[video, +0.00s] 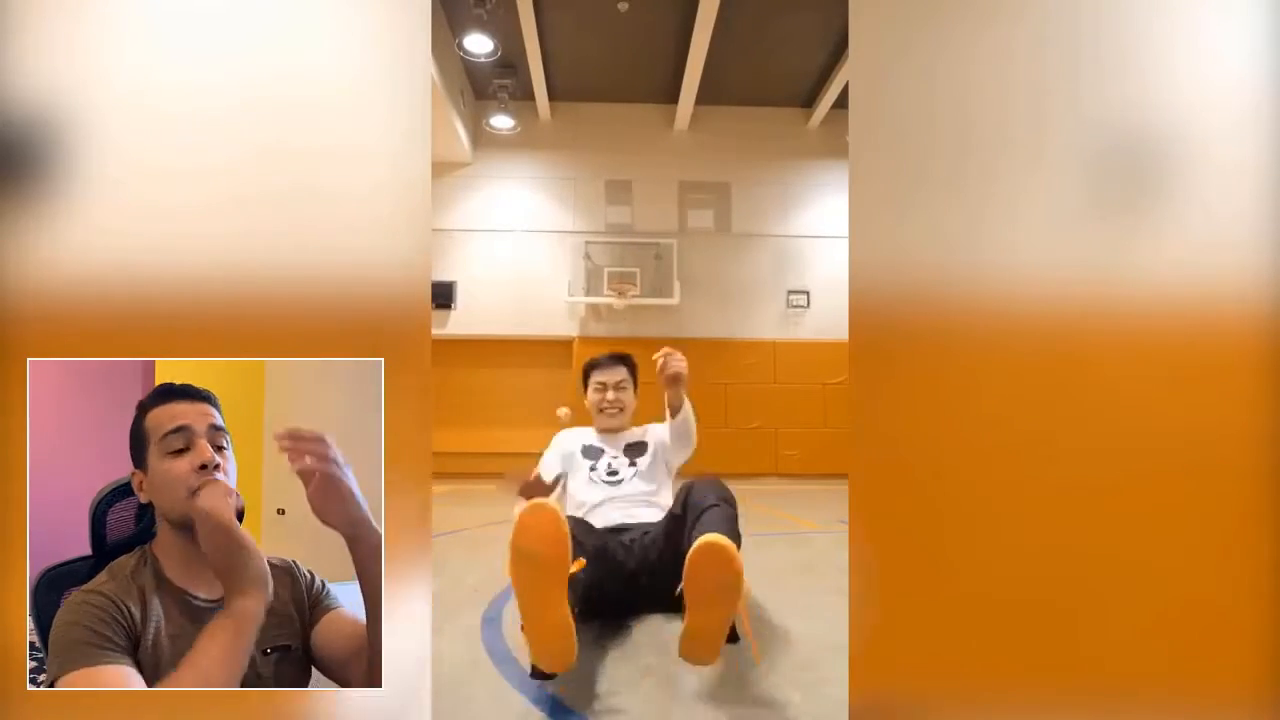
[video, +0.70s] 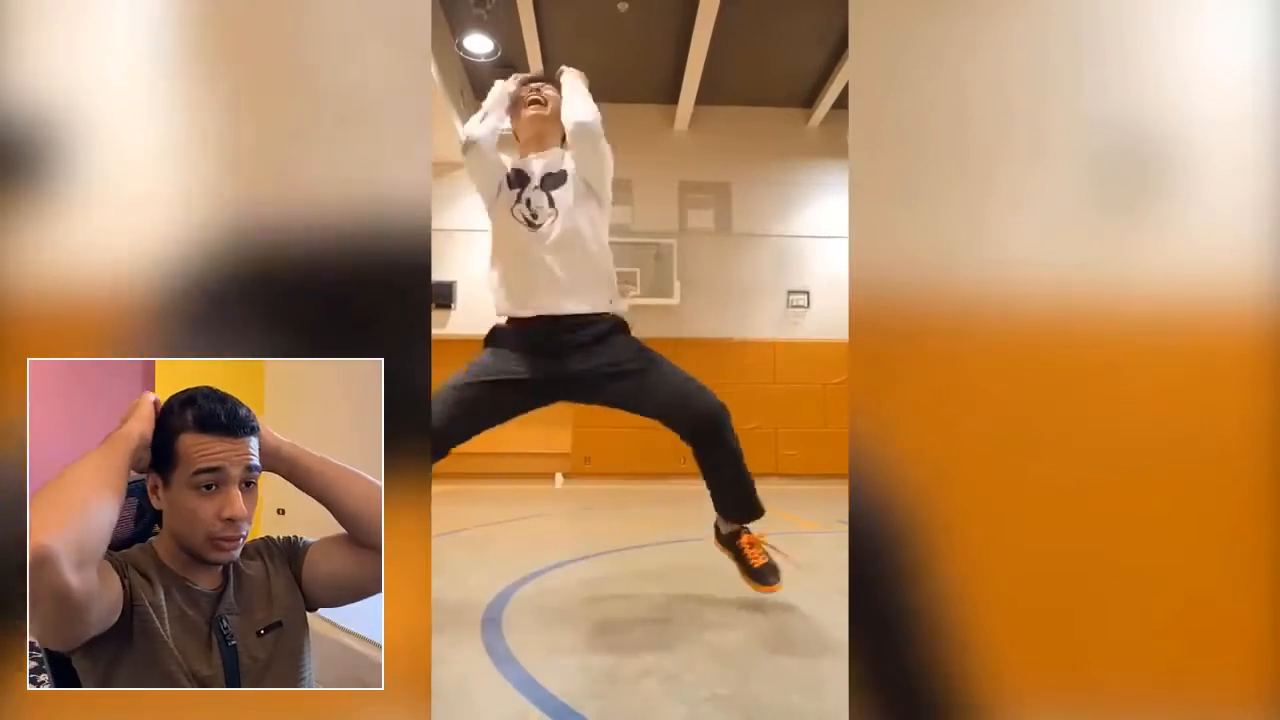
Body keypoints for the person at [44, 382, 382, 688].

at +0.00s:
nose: (209, 457)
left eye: (219, 445)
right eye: (178, 448)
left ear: (235, 474)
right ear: (142, 485)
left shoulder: (290, 585)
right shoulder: (97, 609)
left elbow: (388, 682)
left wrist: (361, 531)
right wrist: (245, 603)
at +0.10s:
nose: (214, 451)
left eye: (223, 439)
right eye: (185, 438)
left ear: (235, 469)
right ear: (144, 481)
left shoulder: (288, 583)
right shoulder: (97, 602)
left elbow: (399, 668)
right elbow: (117, 714)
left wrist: (358, 511)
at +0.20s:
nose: (222, 470)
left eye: (230, 452)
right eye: (195, 449)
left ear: (241, 467)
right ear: (146, 479)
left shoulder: (286, 579)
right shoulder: (95, 597)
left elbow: (404, 643)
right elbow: (100, 698)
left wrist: (346, 493)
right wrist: (184, 517)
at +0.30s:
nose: (229, 479)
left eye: (236, 459)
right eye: (200, 461)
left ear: (249, 469)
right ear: (155, 480)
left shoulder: (283, 577)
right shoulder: (100, 594)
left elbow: (405, 618)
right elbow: (80, 685)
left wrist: (331, 477)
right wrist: (161, 487)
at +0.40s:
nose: (232, 488)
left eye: (240, 467)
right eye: (203, 467)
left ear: (254, 475)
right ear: (154, 481)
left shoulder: (281, 576)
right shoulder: (108, 588)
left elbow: (405, 592)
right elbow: (71, 650)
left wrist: (311, 469)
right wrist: (143, 467)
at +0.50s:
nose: (233, 497)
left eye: (241, 473)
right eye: (204, 475)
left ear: (254, 477)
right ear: (154, 486)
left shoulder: (281, 574)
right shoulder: (120, 586)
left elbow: (403, 569)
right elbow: (57, 613)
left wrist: (299, 463)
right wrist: (126, 461)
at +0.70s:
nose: (237, 511)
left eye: (248, 484)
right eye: (208, 486)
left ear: (260, 484)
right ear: (158, 492)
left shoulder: (279, 570)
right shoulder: (115, 592)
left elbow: (395, 545)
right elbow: (49, 555)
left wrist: (271, 448)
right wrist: (128, 440)